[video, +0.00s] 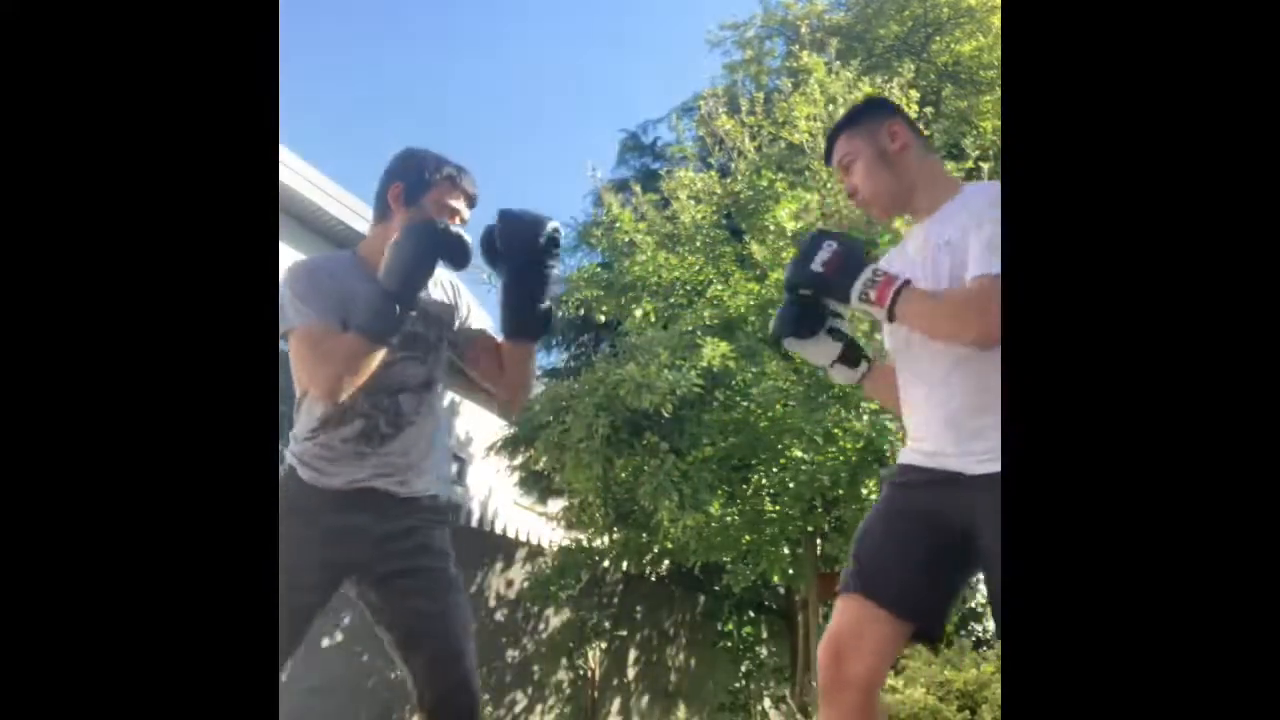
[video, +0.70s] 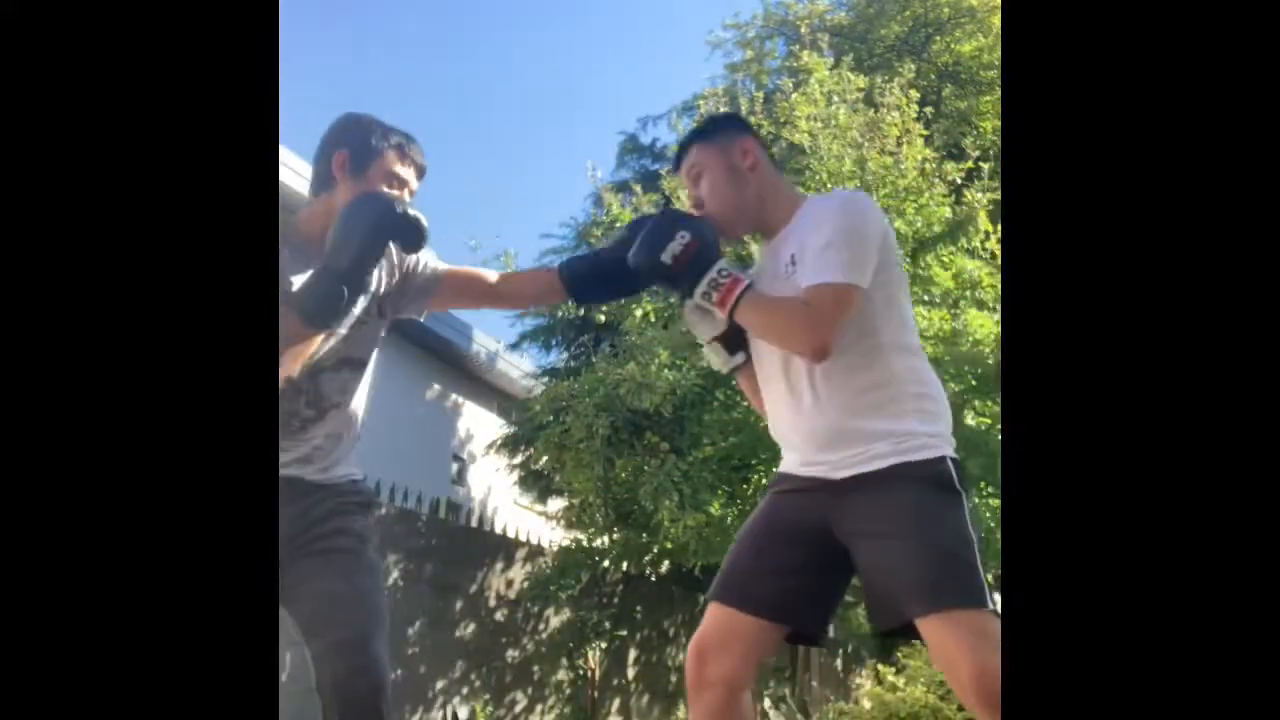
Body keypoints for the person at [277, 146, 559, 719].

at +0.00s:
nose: (459, 225)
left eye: (465, 215)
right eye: (451, 205)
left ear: (460, 230)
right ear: (397, 195)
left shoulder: (445, 303)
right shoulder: (313, 276)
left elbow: (511, 392)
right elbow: (326, 383)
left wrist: (524, 281)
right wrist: (396, 290)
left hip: (412, 519)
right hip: (311, 507)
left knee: (456, 701)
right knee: (277, 663)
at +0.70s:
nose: (405, 204)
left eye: (411, 192)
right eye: (394, 183)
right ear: (340, 165)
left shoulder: (384, 268)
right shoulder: (287, 249)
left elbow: (499, 288)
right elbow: (285, 362)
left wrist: (615, 264)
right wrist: (335, 282)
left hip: (322, 497)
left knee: (361, 681)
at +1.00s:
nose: (385, 147)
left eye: (391, 135)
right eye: (374, 125)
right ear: (313, 103)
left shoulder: (374, 227)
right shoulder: (284, 206)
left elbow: (431, 340)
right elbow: (284, 294)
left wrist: (511, 285)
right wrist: (310, 217)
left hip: (324, 474)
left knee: (356, 683)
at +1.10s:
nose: (347, 128)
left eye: (355, 117)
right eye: (335, 107)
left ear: (353, 123)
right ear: (286, 98)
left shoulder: (338, 215)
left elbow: (361, 344)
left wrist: (433, 293)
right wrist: (295, 173)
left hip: (311, 462)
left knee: (350, 690)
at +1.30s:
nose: (307, 116)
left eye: (313, 98)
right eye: (302, 93)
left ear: (308, 109)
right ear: (277, 95)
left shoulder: (291, 197)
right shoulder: (286, 197)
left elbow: (332, 315)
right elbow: (332, 314)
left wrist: (381, 205)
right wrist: (385, 206)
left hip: (281, 446)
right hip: (282, 448)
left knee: (337, 664)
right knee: (336, 665)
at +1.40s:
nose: (352, 77)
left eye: (356, 65)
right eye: (343, 59)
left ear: (326, 82)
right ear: (299, 64)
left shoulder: (292, 178)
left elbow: (359, 282)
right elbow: (359, 280)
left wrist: (382, 161)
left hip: (282, 432)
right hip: (281, 435)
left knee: (321, 650)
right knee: (318, 652)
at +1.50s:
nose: (329, 95)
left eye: (332, 80)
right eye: (320, 71)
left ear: (327, 75)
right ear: (289, 52)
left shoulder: (299, 179)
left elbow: (393, 278)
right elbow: (316, 215)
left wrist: (414, 159)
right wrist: (368, 101)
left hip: (285, 438)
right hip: (282, 436)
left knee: (311, 657)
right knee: (305, 660)